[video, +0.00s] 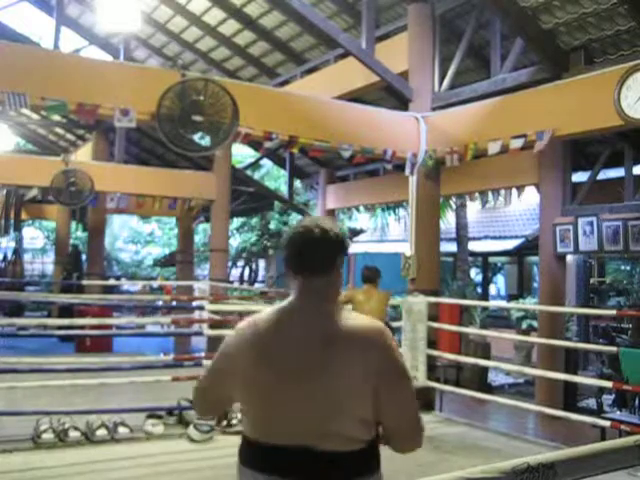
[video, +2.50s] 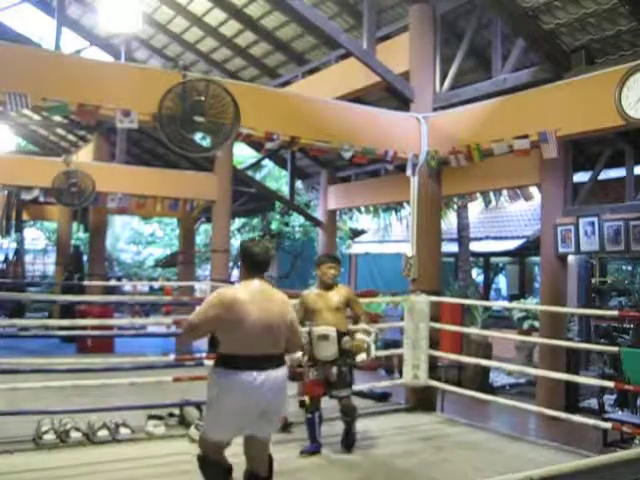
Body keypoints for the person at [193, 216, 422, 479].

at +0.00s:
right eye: (345, 265)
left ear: (287, 268)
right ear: (340, 268)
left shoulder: (250, 334)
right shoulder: (371, 337)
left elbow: (206, 406)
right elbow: (408, 438)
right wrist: (364, 418)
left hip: (263, 469)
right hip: (349, 470)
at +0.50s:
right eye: (333, 263)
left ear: (279, 267)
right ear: (327, 268)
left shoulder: (250, 315)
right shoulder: (351, 324)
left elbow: (218, 356)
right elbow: (386, 397)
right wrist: (341, 395)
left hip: (262, 455)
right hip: (334, 457)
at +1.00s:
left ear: (308, 265)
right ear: (346, 269)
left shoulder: (278, 306)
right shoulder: (365, 314)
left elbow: (245, 341)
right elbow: (385, 372)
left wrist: (287, 339)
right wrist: (349, 355)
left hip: (290, 429)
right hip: (350, 430)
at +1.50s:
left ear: (281, 272)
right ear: (313, 271)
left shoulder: (261, 315)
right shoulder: (335, 313)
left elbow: (224, 358)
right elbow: (351, 362)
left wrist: (261, 341)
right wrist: (321, 349)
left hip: (275, 417)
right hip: (327, 415)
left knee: (273, 475)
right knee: (321, 475)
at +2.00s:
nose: (249, 270)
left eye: (250, 266)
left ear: (252, 270)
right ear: (282, 270)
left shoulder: (232, 303)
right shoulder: (298, 306)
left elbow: (200, 328)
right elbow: (313, 345)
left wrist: (232, 324)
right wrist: (283, 339)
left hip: (244, 398)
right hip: (288, 396)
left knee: (254, 468)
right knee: (280, 462)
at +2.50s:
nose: (238, 264)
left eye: (239, 261)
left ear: (241, 263)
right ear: (269, 266)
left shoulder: (225, 297)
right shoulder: (281, 300)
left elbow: (190, 329)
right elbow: (295, 344)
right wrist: (266, 346)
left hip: (233, 378)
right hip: (273, 377)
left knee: (211, 449)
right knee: (258, 448)